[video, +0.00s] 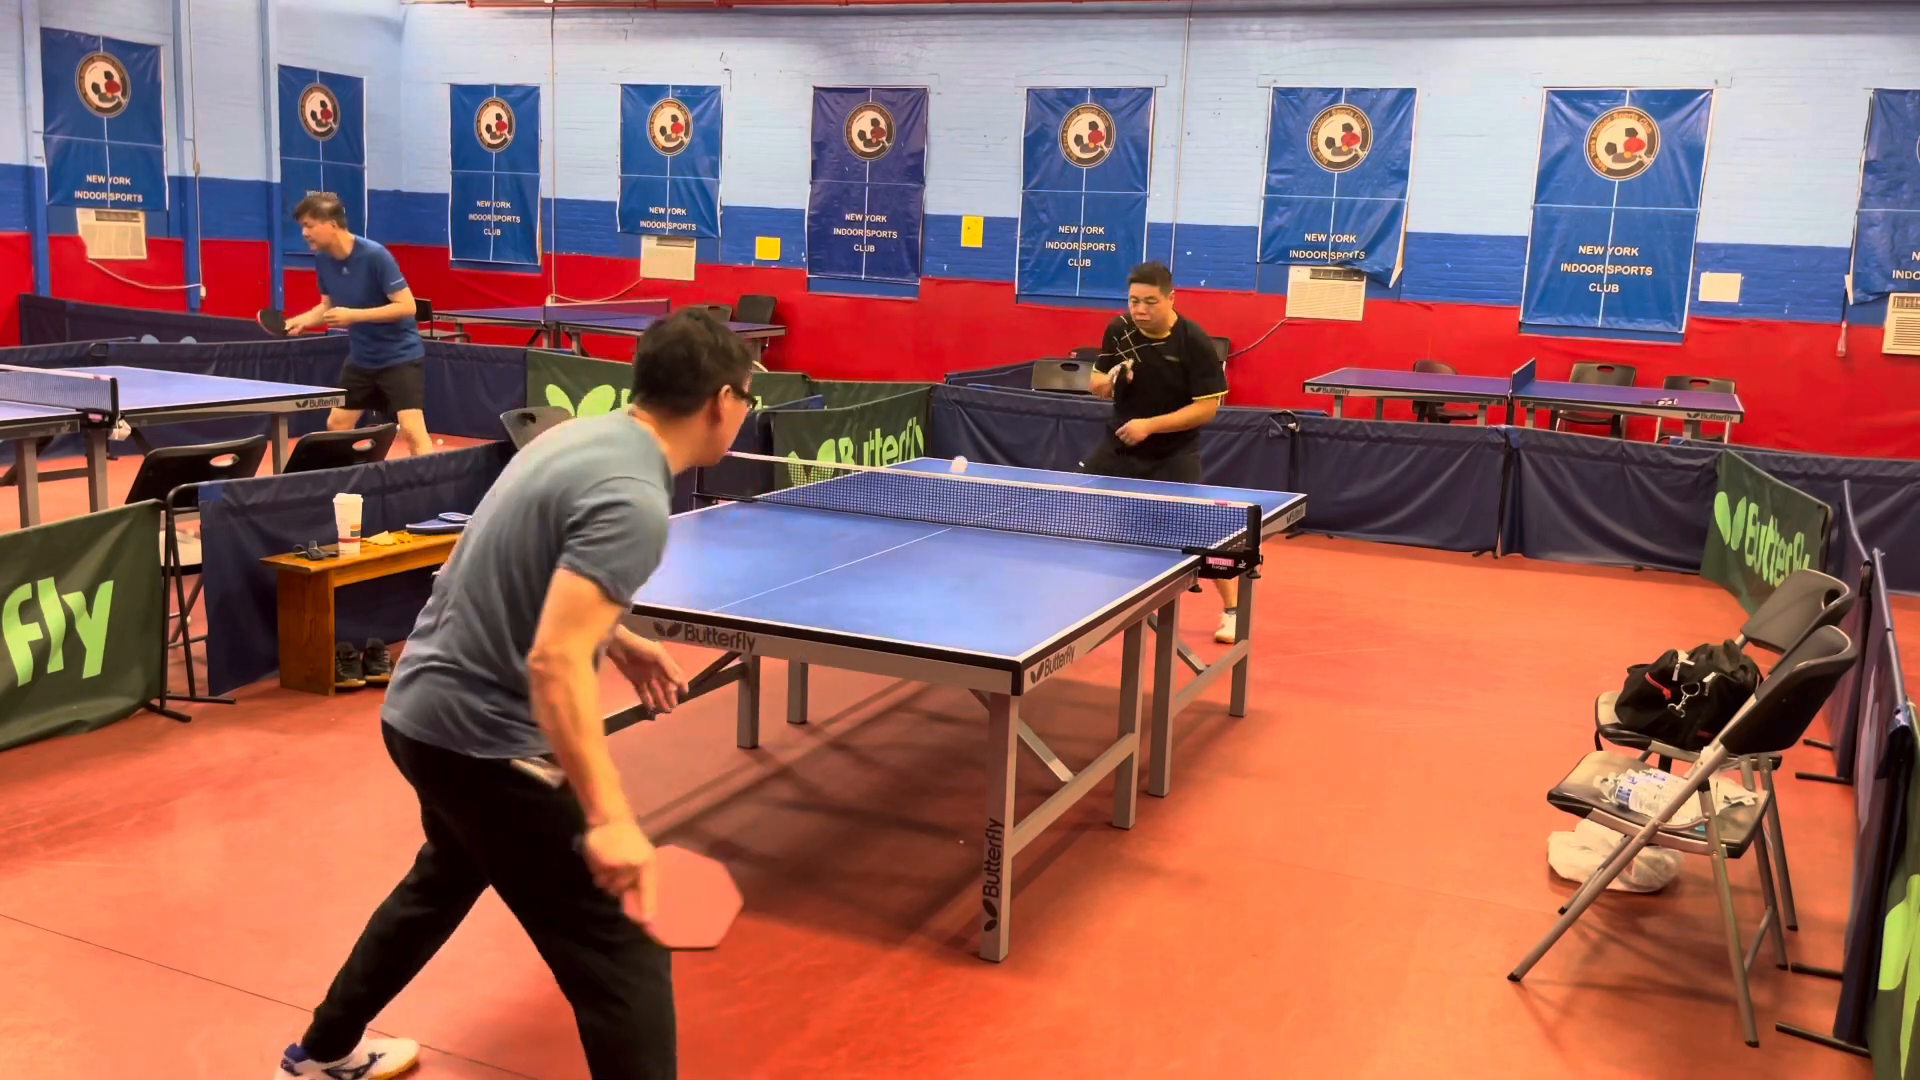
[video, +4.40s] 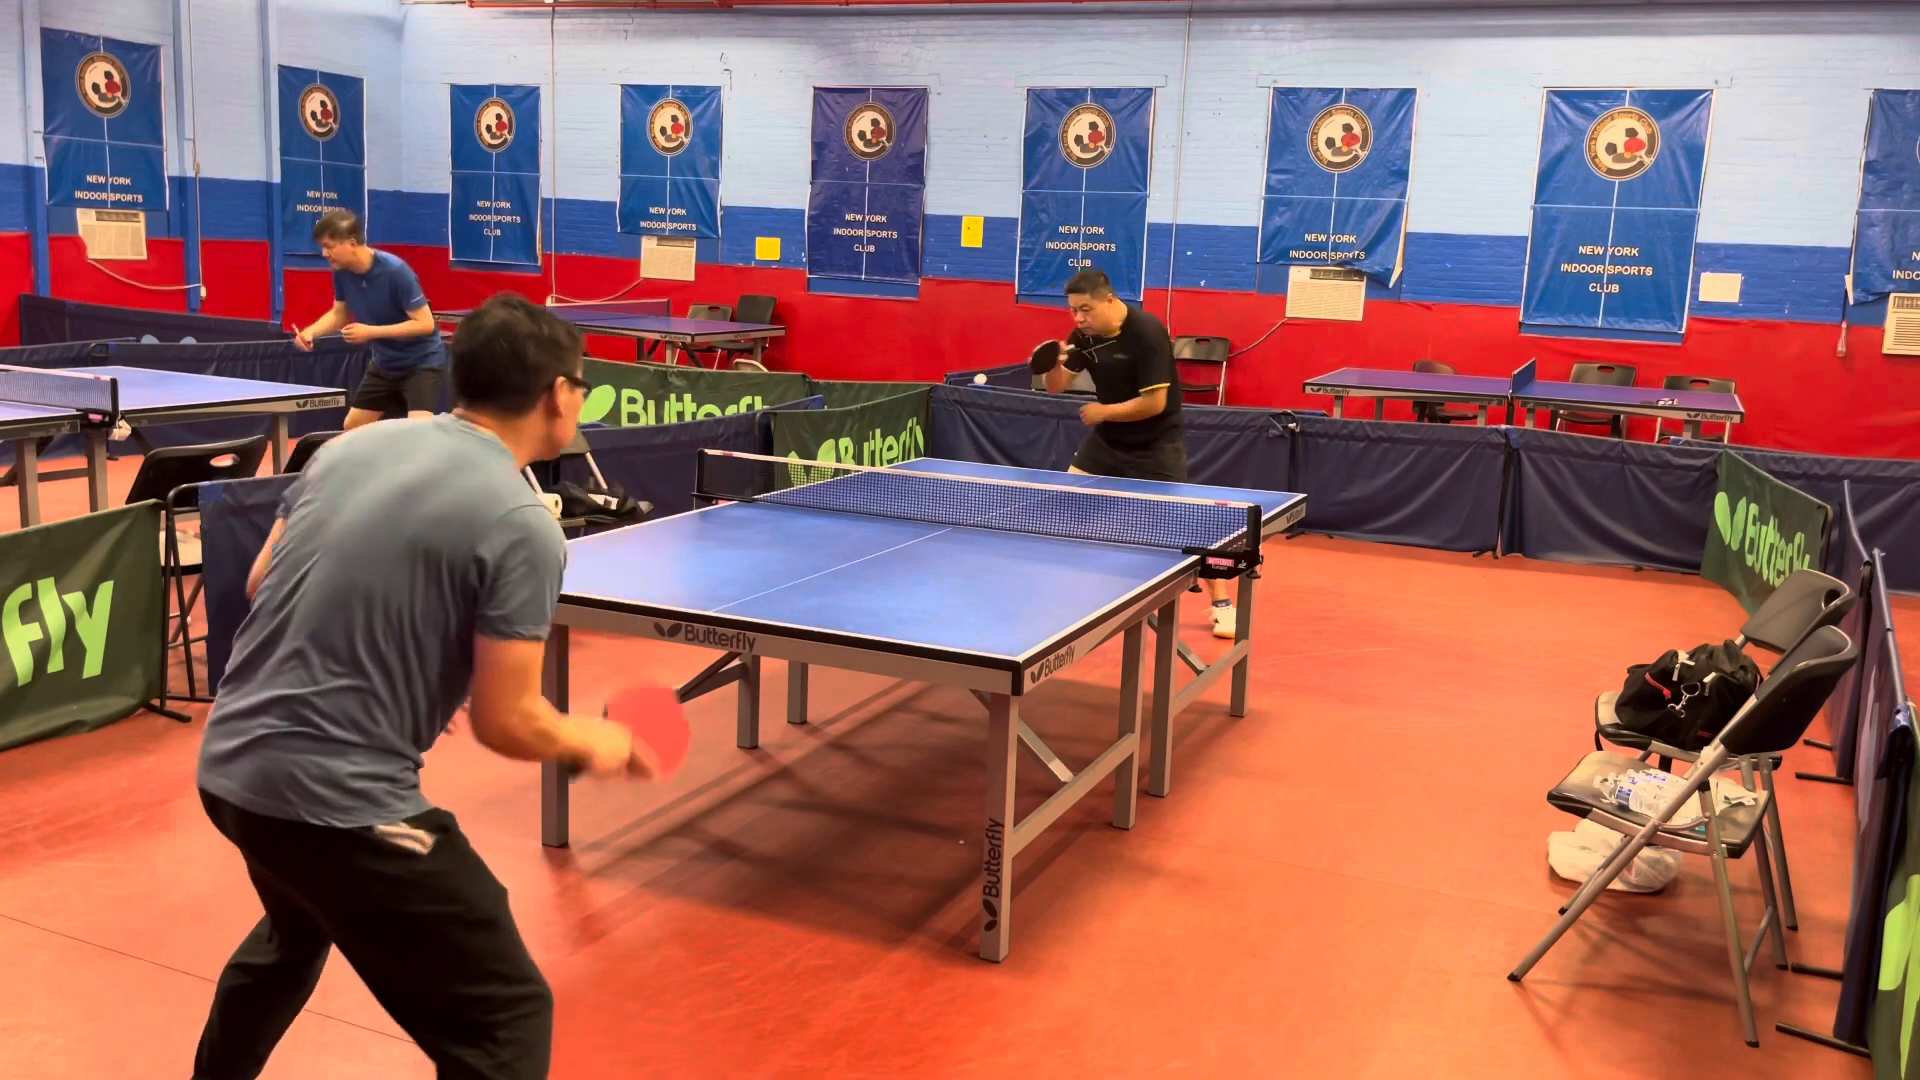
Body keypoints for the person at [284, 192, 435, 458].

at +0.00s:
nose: (304, 233)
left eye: (309, 226)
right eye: (303, 227)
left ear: (332, 225)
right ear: (325, 227)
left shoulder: (375, 255)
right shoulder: (324, 260)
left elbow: (408, 307)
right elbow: (330, 304)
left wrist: (352, 315)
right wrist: (303, 320)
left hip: (400, 358)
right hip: (361, 358)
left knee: (412, 430)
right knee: (337, 424)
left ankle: (434, 494)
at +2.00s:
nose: (333, 209)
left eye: (339, 203)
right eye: (332, 203)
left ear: (362, 206)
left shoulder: (396, 245)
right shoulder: (344, 242)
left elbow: (422, 298)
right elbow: (347, 293)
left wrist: (368, 301)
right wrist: (324, 307)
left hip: (394, 355)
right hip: (356, 353)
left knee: (410, 432)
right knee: (350, 427)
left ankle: (439, 496)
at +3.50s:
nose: (319, 251)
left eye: (324, 244)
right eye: (317, 245)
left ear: (347, 240)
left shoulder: (390, 269)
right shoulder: (335, 271)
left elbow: (417, 322)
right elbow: (331, 315)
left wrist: (363, 328)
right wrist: (304, 327)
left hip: (415, 360)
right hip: (377, 361)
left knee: (419, 433)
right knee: (346, 424)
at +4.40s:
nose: (325, 254)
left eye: (329, 247)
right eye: (323, 247)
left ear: (351, 243)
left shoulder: (396, 271)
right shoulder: (342, 272)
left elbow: (426, 324)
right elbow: (340, 314)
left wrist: (372, 332)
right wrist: (311, 332)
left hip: (423, 361)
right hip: (383, 361)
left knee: (420, 429)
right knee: (354, 426)